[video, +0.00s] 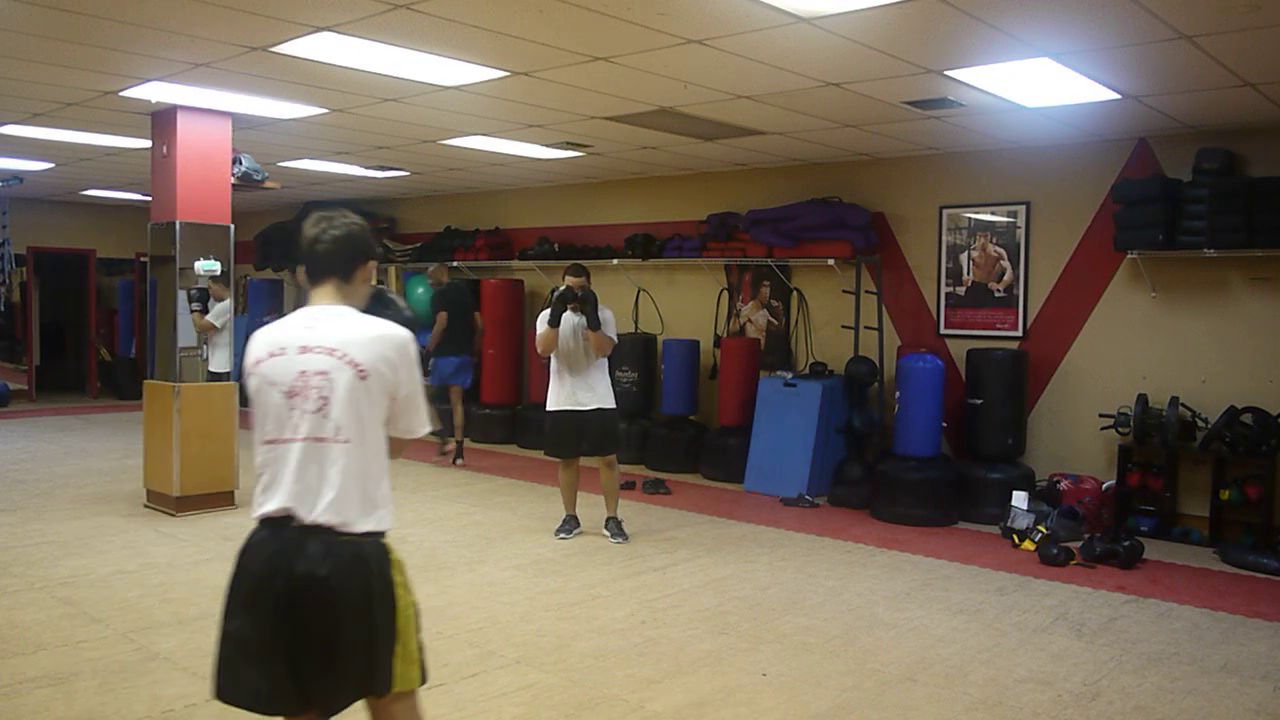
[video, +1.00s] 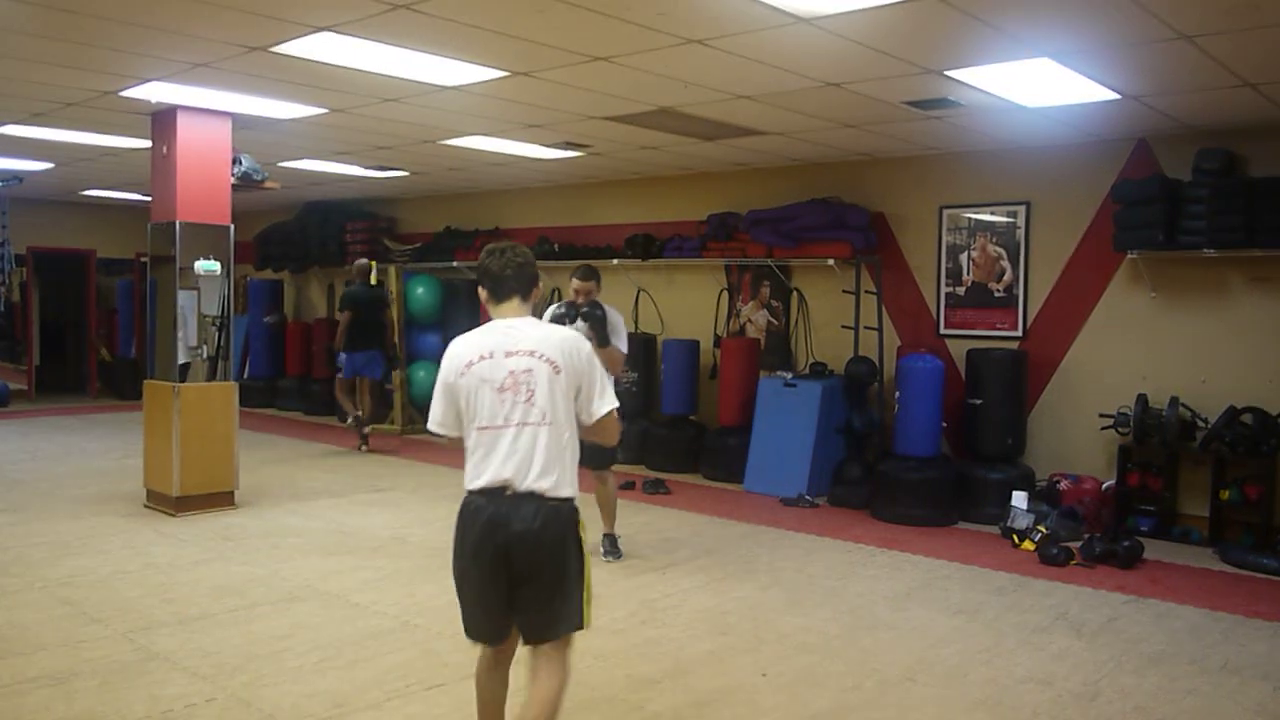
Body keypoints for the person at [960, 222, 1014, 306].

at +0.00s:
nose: (982, 241)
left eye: (985, 237)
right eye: (979, 237)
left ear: (990, 237)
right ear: (976, 237)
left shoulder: (999, 252)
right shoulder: (971, 252)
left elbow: (1009, 272)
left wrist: (1000, 286)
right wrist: (965, 278)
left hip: (990, 288)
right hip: (975, 287)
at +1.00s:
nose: (982, 240)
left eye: (985, 237)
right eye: (979, 237)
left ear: (990, 237)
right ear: (975, 237)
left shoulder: (998, 252)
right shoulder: (971, 252)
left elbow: (1009, 272)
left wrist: (1000, 286)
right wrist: (965, 279)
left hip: (990, 288)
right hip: (974, 287)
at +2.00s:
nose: (983, 241)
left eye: (985, 237)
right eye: (979, 237)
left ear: (990, 237)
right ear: (975, 237)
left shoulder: (998, 252)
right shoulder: (971, 253)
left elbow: (1009, 272)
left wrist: (1000, 286)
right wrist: (966, 279)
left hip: (992, 288)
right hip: (975, 287)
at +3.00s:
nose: (983, 241)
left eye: (985, 237)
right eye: (979, 237)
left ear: (990, 237)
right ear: (975, 237)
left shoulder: (998, 252)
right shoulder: (971, 253)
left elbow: (1009, 272)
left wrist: (1000, 286)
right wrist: (966, 279)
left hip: (992, 288)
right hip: (975, 287)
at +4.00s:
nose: (983, 241)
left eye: (985, 237)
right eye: (979, 237)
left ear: (990, 237)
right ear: (975, 237)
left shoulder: (998, 252)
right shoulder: (971, 253)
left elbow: (1009, 272)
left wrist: (1000, 286)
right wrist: (966, 279)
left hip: (992, 288)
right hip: (975, 287)